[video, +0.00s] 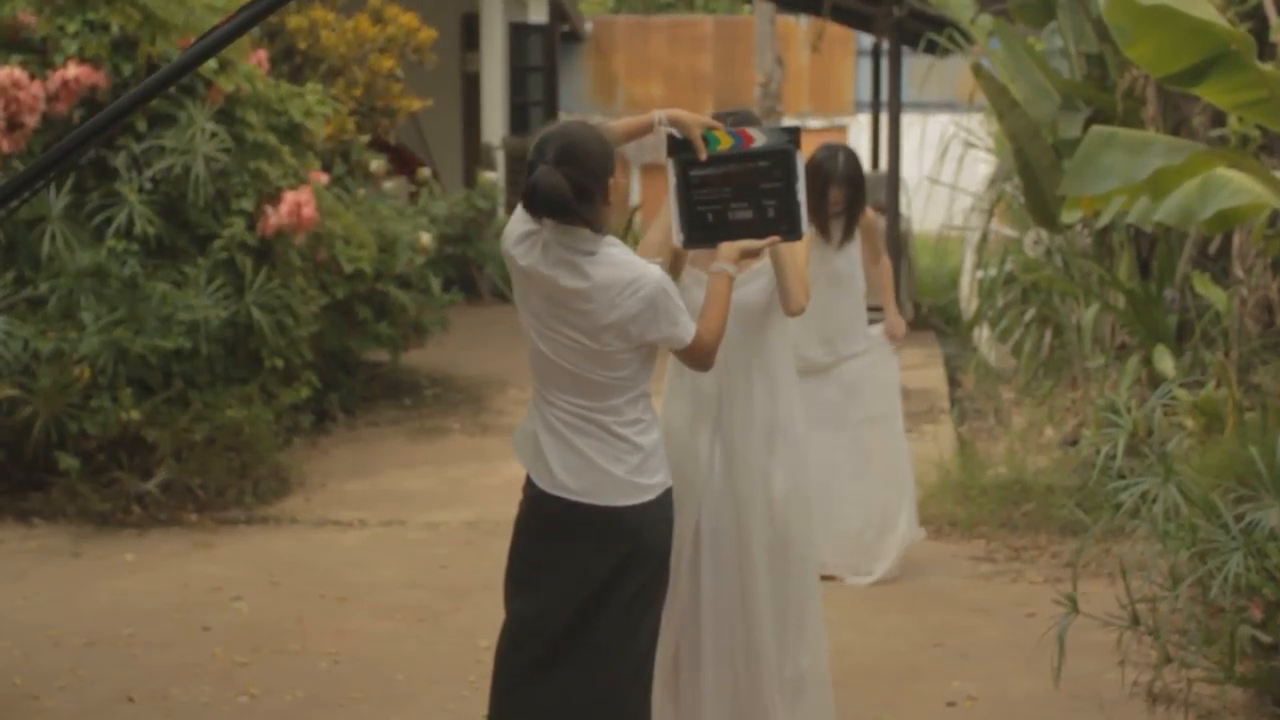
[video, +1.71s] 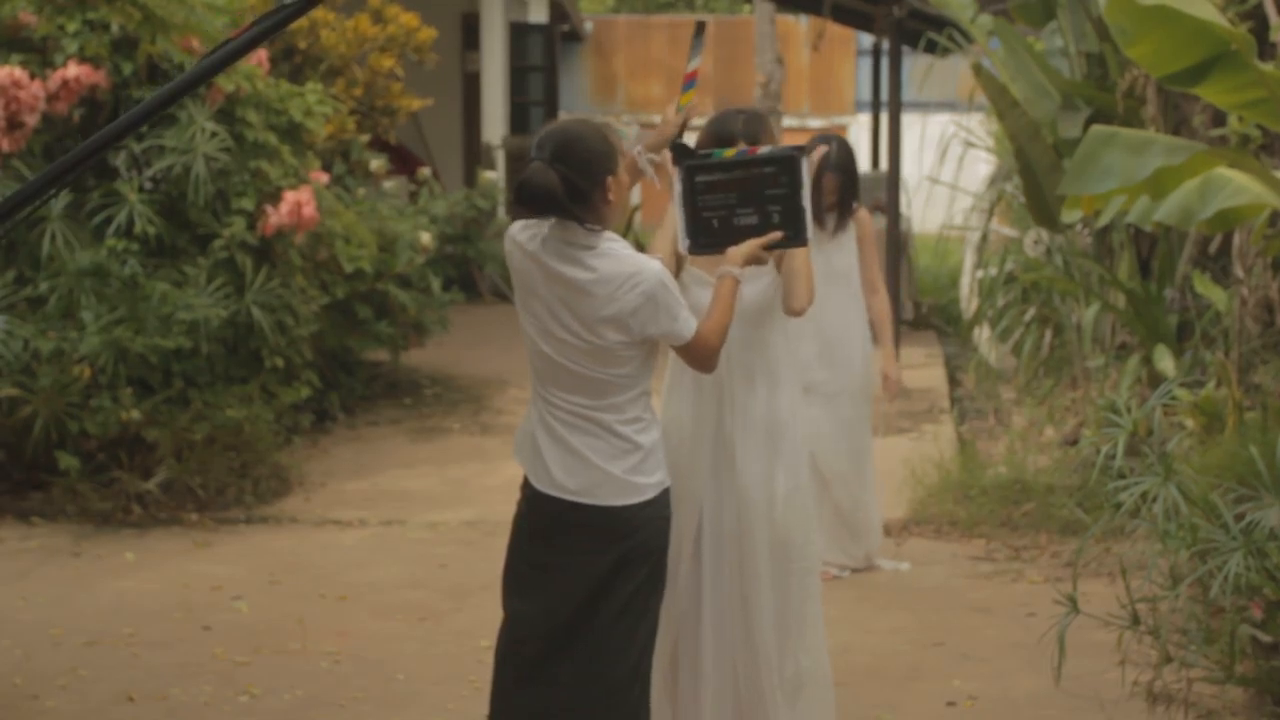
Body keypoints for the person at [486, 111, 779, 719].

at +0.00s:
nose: (627, 179)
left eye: (622, 169)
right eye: (621, 170)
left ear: (549, 181)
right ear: (608, 187)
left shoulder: (524, 245)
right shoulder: (637, 281)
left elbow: (554, 156)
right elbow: (700, 352)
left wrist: (655, 120)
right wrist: (723, 267)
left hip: (551, 490)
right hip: (631, 497)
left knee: (528, 653)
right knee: (618, 664)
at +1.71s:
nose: (631, 177)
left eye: (628, 166)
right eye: (625, 169)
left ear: (553, 181)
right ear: (607, 188)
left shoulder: (522, 242)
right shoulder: (638, 277)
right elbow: (702, 353)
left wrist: (640, 150)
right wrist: (733, 269)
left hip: (548, 488)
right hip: (626, 496)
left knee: (526, 655)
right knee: (616, 666)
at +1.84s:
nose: (632, 180)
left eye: (631, 168)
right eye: (625, 171)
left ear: (552, 179)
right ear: (602, 190)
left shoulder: (516, 242)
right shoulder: (631, 274)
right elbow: (698, 351)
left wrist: (654, 187)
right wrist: (726, 266)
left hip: (545, 488)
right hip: (623, 495)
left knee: (530, 662)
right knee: (615, 668)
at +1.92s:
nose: (632, 180)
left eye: (633, 168)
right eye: (624, 171)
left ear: (553, 181)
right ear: (591, 187)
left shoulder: (510, 237)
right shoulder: (621, 270)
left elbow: (557, 198)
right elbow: (688, 355)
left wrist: (631, 156)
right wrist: (722, 274)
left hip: (541, 485)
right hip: (618, 492)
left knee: (535, 660)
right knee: (616, 663)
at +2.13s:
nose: (622, 203)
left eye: (623, 187)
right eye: (609, 190)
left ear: (555, 192)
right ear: (559, 195)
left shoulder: (510, 230)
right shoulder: (584, 266)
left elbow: (598, 246)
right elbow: (648, 379)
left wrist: (636, 209)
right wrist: (704, 307)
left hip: (514, 477)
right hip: (573, 487)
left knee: (548, 652)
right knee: (616, 661)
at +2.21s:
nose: (618, 205)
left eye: (621, 189)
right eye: (603, 192)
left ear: (549, 198)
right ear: (553, 196)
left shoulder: (520, 236)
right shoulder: (571, 264)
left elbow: (559, 320)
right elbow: (619, 392)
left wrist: (627, 270)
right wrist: (691, 331)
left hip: (508, 478)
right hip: (551, 488)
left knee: (540, 664)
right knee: (589, 666)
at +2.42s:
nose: (602, 209)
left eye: (609, 192)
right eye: (583, 197)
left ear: (621, 187)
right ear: (540, 201)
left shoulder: (584, 261)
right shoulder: (536, 269)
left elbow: (572, 367)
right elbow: (527, 404)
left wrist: (641, 360)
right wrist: (626, 391)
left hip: (536, 493)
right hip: (500, 494)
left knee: (575, 680)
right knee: (530, 682)